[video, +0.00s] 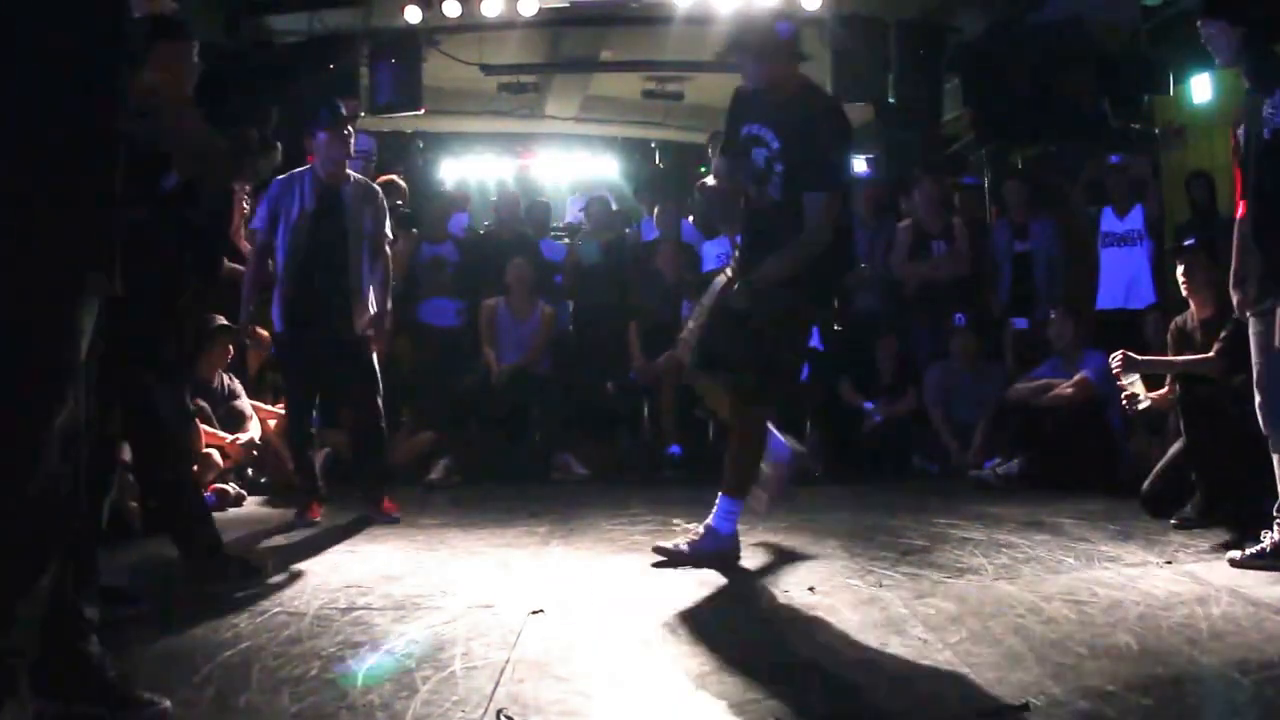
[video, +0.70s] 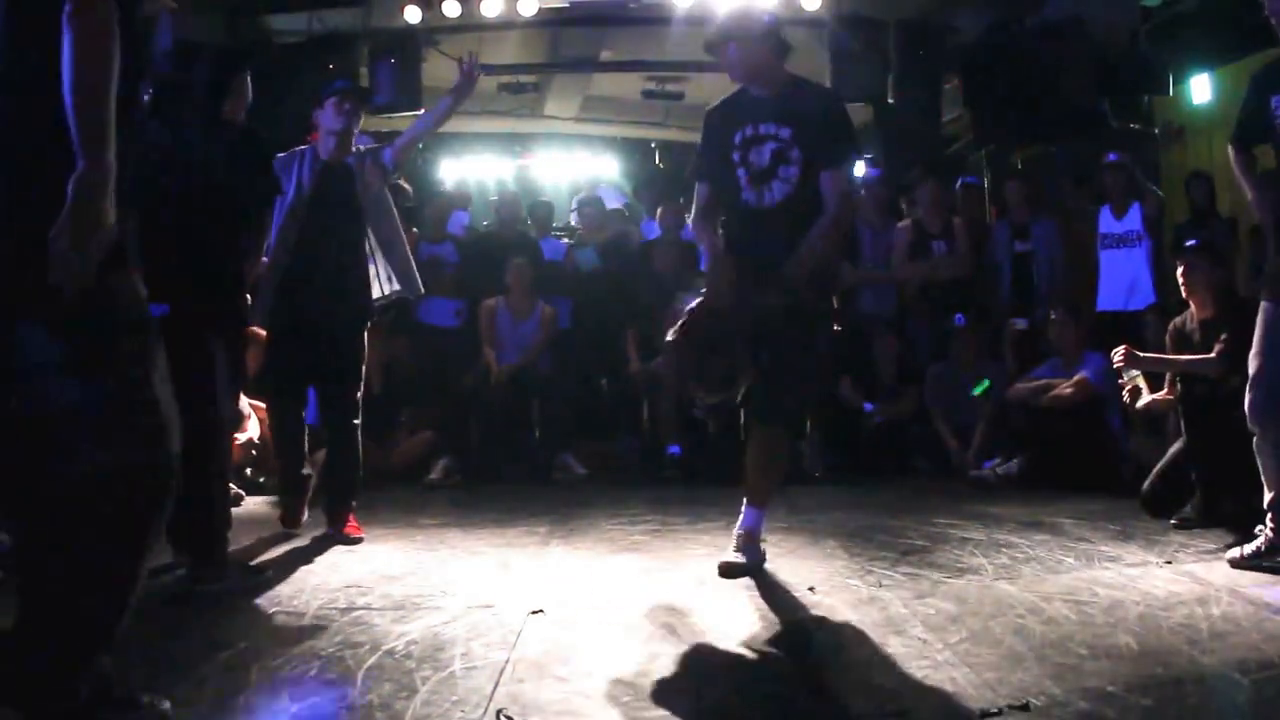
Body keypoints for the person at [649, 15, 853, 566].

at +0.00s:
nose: (745, 72)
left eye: (753, 61)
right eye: (742, 62)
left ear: (783, 55)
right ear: (743, 59)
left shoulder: (819, 115)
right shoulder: (745, 101)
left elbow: (822, 226)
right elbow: (733, 182)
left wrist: (764, 275)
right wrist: (718, 193)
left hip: (800, 269)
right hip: (749, 259)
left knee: (754, 394)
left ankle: (721, 530)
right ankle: (775, 450)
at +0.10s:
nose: (710, 102)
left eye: (715, 90)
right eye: (706, 92)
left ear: (745, 81)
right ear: (713, 87)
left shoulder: (808, 132)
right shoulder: (725, 134)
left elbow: (827, 236)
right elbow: (686, 220)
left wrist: (771, 284)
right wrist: (726, 205)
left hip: (798, 267)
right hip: (743, 257)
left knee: (735, 389)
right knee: (655, 306)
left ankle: (717, 528)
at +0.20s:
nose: (705, 82)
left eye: (712, 68)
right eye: (700, 71)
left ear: (744, 60)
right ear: (704, 71)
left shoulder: (804, 107)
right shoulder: (715, 120)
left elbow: (826, 209)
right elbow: (686, 209)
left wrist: (780, 274)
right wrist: (679, 252)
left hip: (793, 253)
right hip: (732, 247)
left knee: (747, 374)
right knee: (668, 307)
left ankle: (712, 518)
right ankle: (668, 441)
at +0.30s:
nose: (708, 56)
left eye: (713, 42)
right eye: (702, 48)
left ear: (748, 35)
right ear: (710, 50)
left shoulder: (811, 92)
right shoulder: (710, 111)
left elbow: (834, 192)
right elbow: (694, 204)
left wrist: (797, 265)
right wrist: (657, 286)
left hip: (798, 272)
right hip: (734, 272)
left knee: (758, 405)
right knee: (737, 402)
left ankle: (676, 507)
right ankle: (744, 560)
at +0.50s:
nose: (729, 45)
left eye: (737, 33)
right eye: (725, 36)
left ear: (771, 31)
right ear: (731, 40)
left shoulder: (823, 91)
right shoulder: (717, 95)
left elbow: (848, 188)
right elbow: (695, 186)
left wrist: (809, 247)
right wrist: (676, 259)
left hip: (794, 266)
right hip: (724, 262)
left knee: (765, 402)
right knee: (716, 388)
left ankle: (715, 527)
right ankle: (695, 527)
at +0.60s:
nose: (738, 61)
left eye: (746, 48)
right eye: (733, 52)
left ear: (779, 46)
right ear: (732, 55)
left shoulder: (825, 111)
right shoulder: (723, 113)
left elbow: (838, 214)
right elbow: (698, 207)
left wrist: (799, 274)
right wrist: (689, 277)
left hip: (791, 273)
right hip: (723, 267)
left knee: (773, 405)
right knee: (717, 374)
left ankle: (748, 532)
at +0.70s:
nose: (727, 62)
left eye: (734, 48)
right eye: (722, 53)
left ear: (767, 42)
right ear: (727, 55)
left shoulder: (819, 105)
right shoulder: (723, 117)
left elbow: (841, 203)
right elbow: (701, 212)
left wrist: (808, 258)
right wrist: (714, 263)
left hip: (800, 276)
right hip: (739, 276)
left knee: (771, 400)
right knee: (735, 390)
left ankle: (749, 529)